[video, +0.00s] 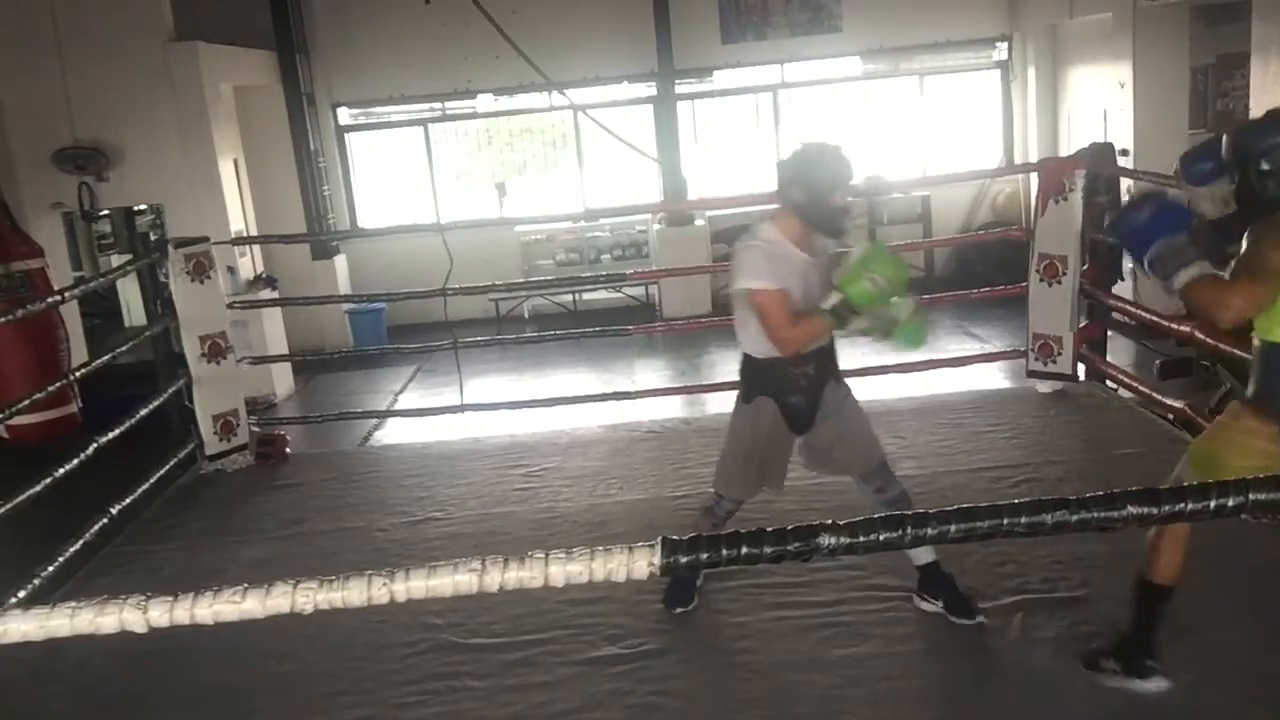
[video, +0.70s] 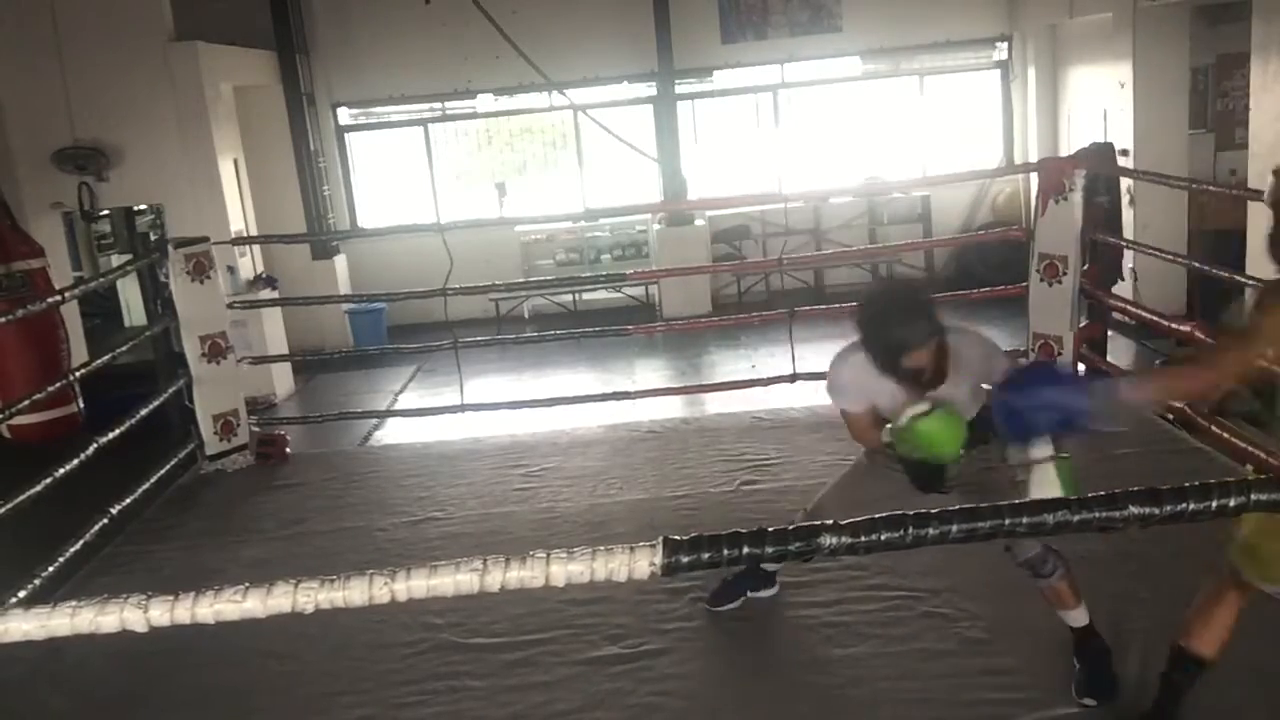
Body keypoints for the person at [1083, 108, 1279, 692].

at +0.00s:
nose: (1237, 180)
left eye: (1241, 167)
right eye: (1240, 164)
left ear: (1263, 171)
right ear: (1270, 169)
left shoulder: (1272, 233)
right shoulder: (1267, 227)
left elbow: (1226, 309)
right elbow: (1244, 297)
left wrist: (1168, 249)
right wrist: (1219, 224)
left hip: (1265, 415)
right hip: (1265, 410)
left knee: (1175, 504)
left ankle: (1138, 650)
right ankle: (1140, 648)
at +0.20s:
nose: (1216, 183)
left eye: (1224, 171)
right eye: (1219, 170)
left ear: (1247, 174)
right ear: (1271, 172)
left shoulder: (1251, 239)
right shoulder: (1260, 234)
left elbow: (1143, 293)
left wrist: (1134, 211)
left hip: (1264, 452)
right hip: (1264, 447)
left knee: (1222, 585)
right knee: (1221, 579)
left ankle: (1197, 705)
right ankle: (1197, 701)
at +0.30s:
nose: (1200, 193)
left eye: (1207, 180)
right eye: (1202, 179)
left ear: (1229, 181)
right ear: (1264, 176)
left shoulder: (1239, 246)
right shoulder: (1258, 238)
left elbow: (1125, 300)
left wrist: (1120, 215)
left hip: (1265, 453)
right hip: (1264, 448)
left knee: (1226, 590)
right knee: (1228, 586)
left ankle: (1197, 708)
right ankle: (1199, 705)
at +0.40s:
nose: (1221, 188)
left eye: (1226, 176)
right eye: (1225, 175)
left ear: (1240, 183)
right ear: (1273, 180)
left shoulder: (1251, 253)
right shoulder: (1260, 249)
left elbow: (1156, 314)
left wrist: (1138, 236)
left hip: (1271, 454)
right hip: (1269, 450)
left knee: (1227, 588)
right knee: (1228, 586)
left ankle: (1195, 708)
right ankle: (1197, 705)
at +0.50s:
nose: (1255, 193)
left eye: (1259, 184)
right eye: (1258, 181)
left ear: (1263, 195)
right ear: (1263, 192)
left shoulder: (1269, 267)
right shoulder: (1263, 264)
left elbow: (1219, 344)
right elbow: (1221, 342)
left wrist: (1182, 269)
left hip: (1264, 460)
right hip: (1257, 456)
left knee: (1224, 578)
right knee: (1224, 578)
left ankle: (1192, 707)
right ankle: (1193, 705)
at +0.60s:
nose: (1270, 222)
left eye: (1272, 207)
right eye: (1269, 207)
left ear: (1274, 216)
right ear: (1266, 215)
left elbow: (1270, 389)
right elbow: (1265, 381)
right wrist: (1223, 344)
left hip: (1267, 481)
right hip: (1263, 475)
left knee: (1219, 577)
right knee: (1219, 577)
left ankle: (1184, 705)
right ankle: (1185, 703)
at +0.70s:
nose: (1269, 222)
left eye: (1272, 208)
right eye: (1270, 207)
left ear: (1275, 224)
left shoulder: (1274, 307)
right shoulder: (1269, 305)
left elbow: (1209, 376)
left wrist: (1088, 398)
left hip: (1272, 496)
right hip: (1269, 494)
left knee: (1235, 586)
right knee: (1233, 587)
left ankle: (1165, 704)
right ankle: (1166, 702)